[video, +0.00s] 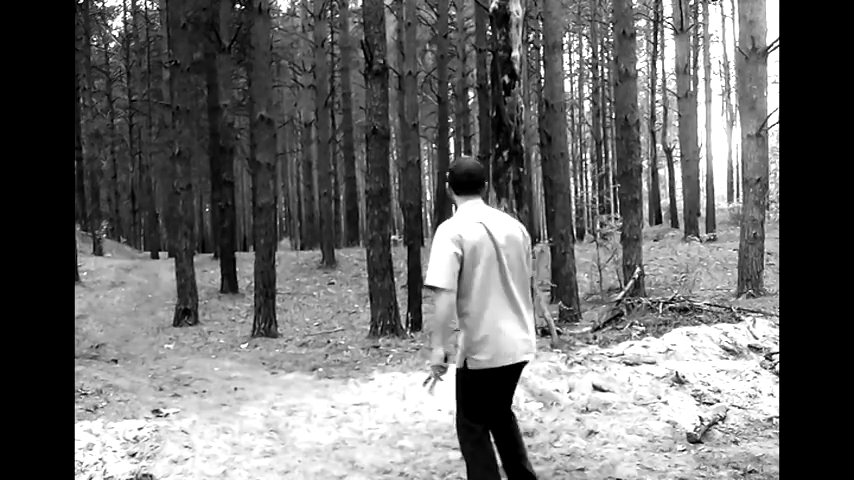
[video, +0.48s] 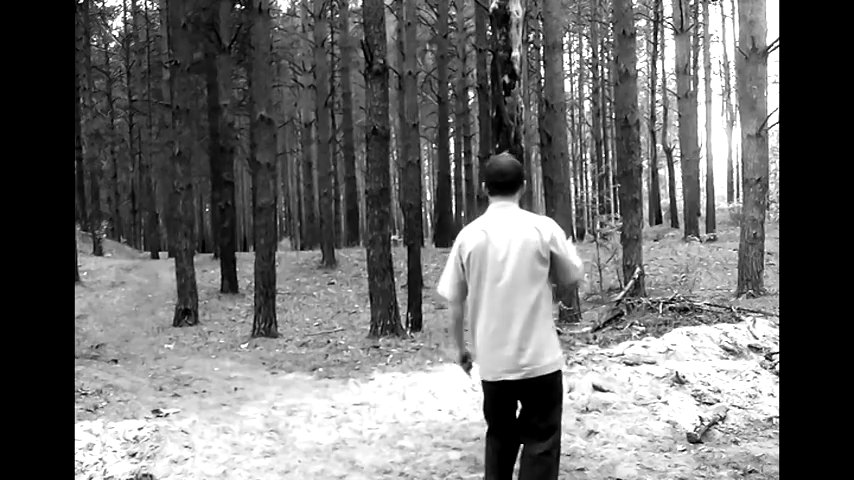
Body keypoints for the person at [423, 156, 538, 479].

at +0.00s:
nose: (446, 188)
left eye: (446, 183)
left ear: (449, 188)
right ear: (485, 187)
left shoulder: (452, 231)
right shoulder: (514, 226)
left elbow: (445, 296)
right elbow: (525, 283)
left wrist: (439, 348)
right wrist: (524, 327)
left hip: (481, 351)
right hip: (519, 344)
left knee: (470, 427)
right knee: (501, 413)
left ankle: (487, 478)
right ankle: (523, 475)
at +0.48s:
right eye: (521, 182)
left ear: (485, 188)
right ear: (522, 186)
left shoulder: (468, 236)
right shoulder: (544, 228)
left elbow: (456, 301)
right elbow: (570, 277)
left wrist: (460, 347)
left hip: (492, 359)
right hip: (540, 356)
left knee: (499, 437)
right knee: (542, 442)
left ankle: (495, 477)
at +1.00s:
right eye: (536, 192)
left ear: (496, 199)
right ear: (533, 197)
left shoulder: (485, 241)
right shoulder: (533, 239)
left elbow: (482, 300)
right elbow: (597, 251)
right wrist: (611, 202)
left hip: (495, 359)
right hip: (530, 363)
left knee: (506, 414)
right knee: (554, 439)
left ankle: (498, 472)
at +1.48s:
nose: (451, 246)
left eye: (451, 241)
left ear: (452, 242)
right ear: (479, 239)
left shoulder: (456, 262)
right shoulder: (492, 263)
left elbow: (447, 299)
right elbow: (493, 311)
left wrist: (437, 336)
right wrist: (469, 349)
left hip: (488, 339)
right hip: (524, 331)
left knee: (483, 405)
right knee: (531, 400)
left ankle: (478, 469)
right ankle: (530, 467)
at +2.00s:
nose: (451, 214)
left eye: (451, 210)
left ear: (452, 212)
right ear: (480, 208)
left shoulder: (456, 241)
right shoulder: (503, 235)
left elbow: (450, 282)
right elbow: (534, 273)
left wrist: (432, 319)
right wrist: (544, 313)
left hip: (497, 330)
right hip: (533, 320)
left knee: (491, 402)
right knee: (545, 389)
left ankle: (487, 469)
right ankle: (585, 449)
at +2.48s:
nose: (495, 201)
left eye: (497, 193)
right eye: (494, 194)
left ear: (514, 190)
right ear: (519, 191)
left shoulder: (536, 225)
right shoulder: (537, 220)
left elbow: (536, 278)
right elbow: (535, 275)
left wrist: (492, 286)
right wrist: (497, 276)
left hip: (542, 332)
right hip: (559, 330)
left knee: (518, 399)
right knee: (557, 401)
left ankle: (540, 470)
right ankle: (562, 468)